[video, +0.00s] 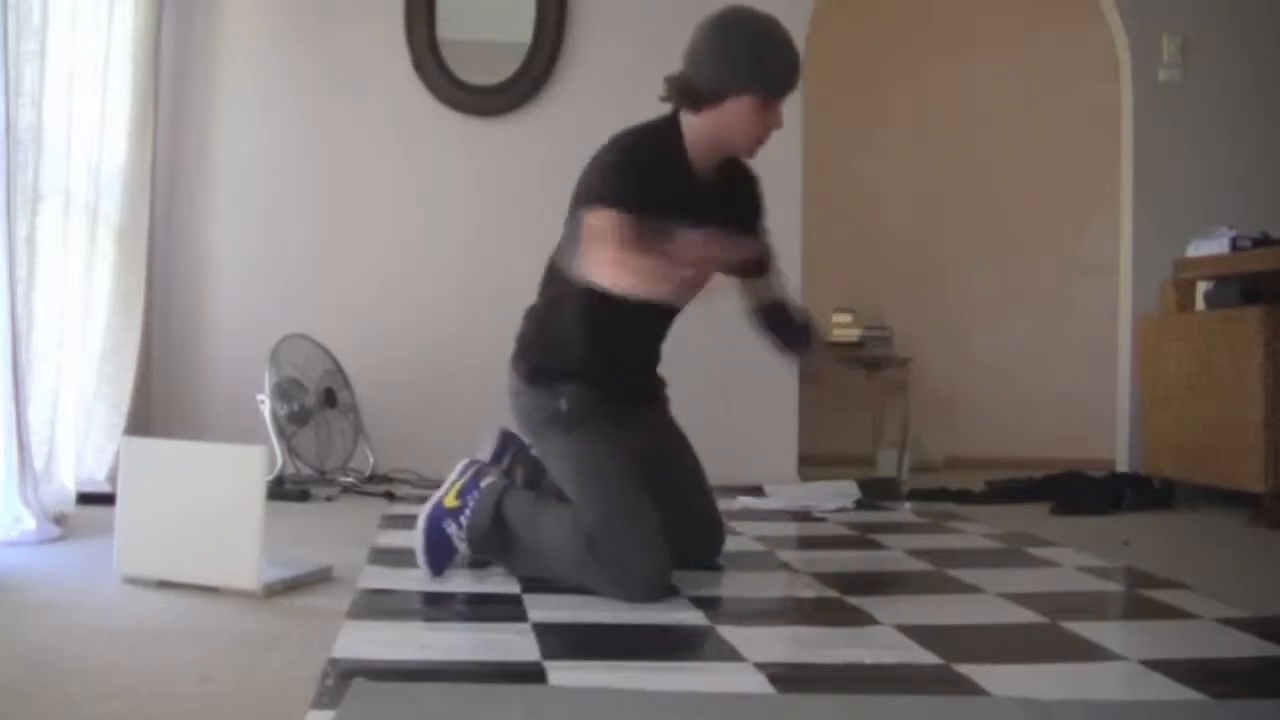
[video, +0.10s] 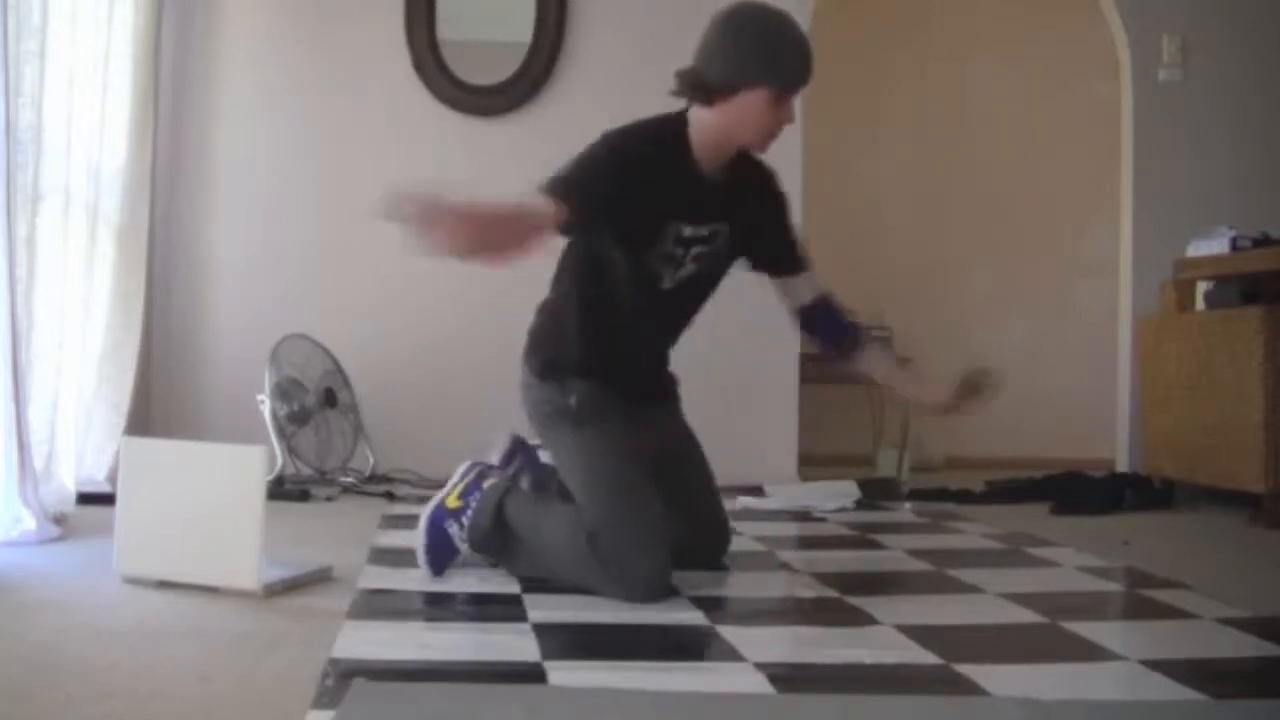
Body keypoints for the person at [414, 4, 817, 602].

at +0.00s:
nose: (777, 124)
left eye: (780, 106)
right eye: (771, 104)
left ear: (740, 98)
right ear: (729, 94)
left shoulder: (736, 185)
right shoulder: (630, 159)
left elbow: (758, 281)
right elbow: (599, 260)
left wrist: (783, 322)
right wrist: (695, 272)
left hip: (632, 388)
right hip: (557, 388)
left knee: (696, 545)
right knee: (638, 575)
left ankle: (531, 478)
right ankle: (488, 507)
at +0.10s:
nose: (788, 121)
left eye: (792, 104)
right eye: (783, 101)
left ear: (753, 98)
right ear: (742, 91)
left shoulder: (752, 188)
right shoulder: (636, 154)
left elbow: (816, 315)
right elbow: (536, 218)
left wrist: (913, 388)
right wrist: (469, 228)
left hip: (644, 388)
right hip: (570, 387)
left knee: (702, 546)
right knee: (638, 575)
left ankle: (539, 485)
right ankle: (491, 507)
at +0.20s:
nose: (803, 110)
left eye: (809, 95)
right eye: (794, 90)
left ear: (780, 96)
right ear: (740, 78)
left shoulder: (773, 183)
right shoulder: (632, 146)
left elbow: (821, 312)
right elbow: (494, 201)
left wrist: (900, 382)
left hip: (665, 386)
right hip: (587, 378)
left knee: (712, 545)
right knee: (640, 577)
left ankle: (532, 495)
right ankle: (491, 517)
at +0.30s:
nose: (813, 114)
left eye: (818, 97)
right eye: (807, 93)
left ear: (781, 90)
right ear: (758, 78)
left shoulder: (782, 179)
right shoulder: (634, 138)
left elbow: (778, 317)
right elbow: (508, 196)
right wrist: (385, 214)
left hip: (675, 386)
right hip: (597, 377)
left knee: (720, 546)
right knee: (638, 572)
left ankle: (559, 488)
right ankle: (490, 519)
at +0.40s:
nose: (821, 118)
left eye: (825, 101)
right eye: (814, 96)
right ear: (763, 76)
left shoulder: (790, 183)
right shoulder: (645, 125)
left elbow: (719, 289)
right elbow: (552, 187)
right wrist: (451, 196)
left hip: (677, 383)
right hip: (600, 373)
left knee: (728, 545)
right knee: (639, 573)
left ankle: (568, 498)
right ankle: (492, 517)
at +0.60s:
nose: (842, 148)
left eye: (851, 134)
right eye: (838, 124)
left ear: (834, 134)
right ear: (791, 101)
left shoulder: (802, 213)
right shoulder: (660, 131)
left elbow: (718, 344)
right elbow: (544, 149)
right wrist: (435, 121)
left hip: (675, 392)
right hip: (598, 376)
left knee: (732, 547)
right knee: (636, 570)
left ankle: (573, 500)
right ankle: (491, 517)